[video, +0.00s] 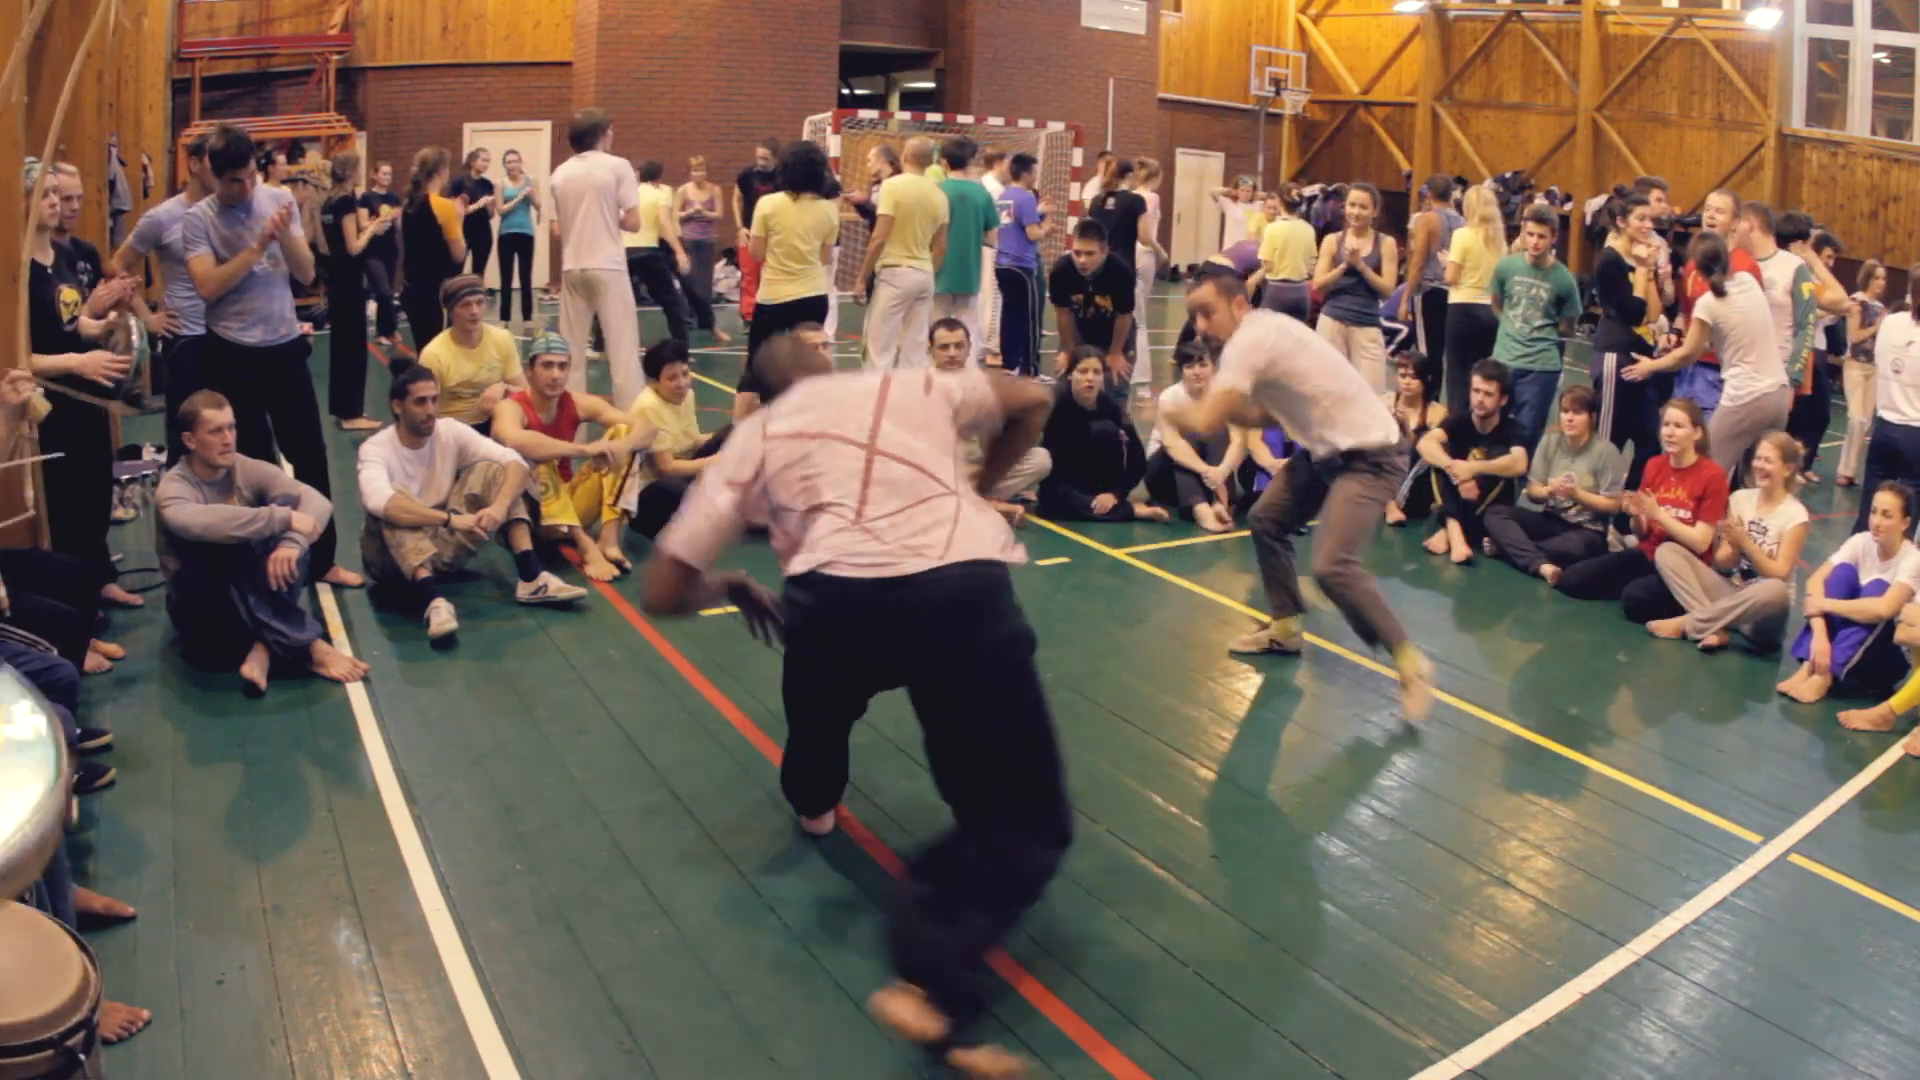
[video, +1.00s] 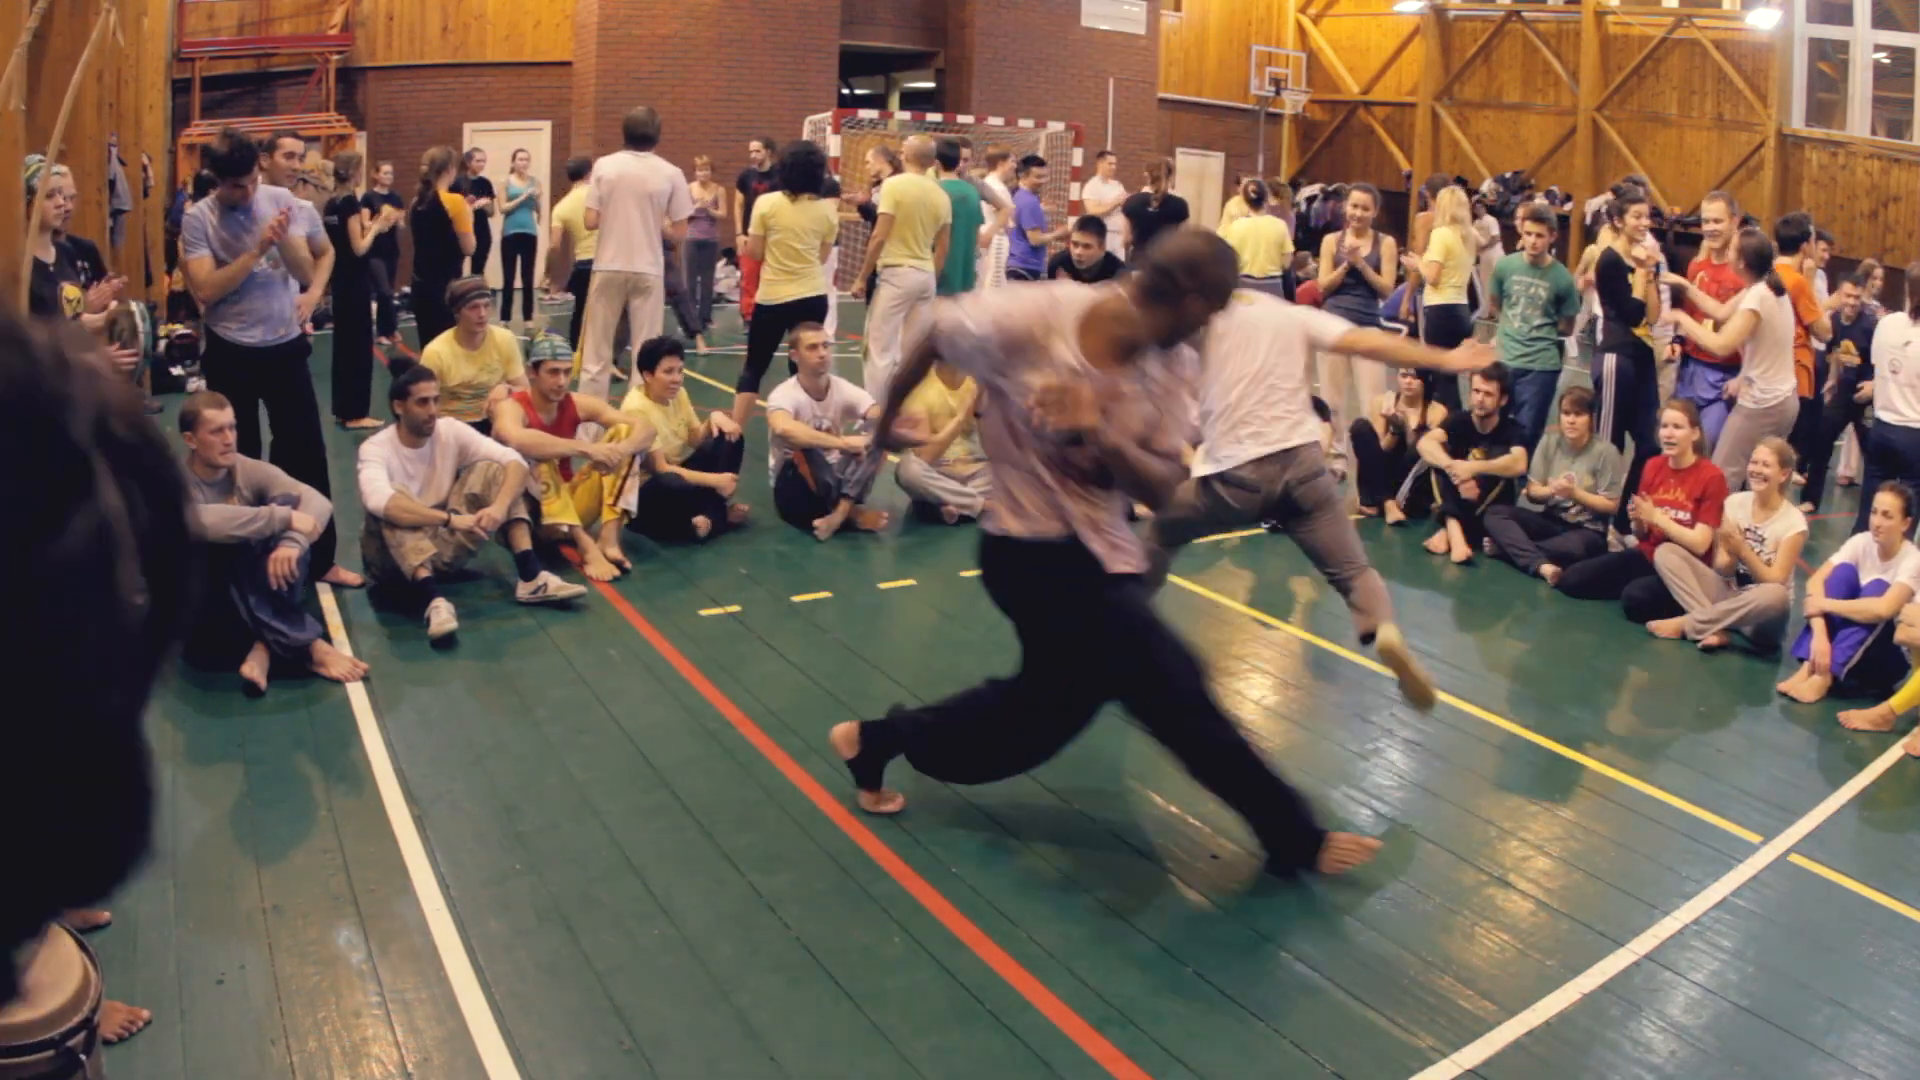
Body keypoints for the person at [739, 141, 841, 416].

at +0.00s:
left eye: (778, 165)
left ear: (783, 169)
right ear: (821, 172)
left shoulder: (767, 205)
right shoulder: (828, 209)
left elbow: (757, 253)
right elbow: (826, 256)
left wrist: (749, 236)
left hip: (774, 302)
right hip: (815, 301)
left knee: (755, 370)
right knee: (811, 369)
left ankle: (738, 435)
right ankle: (809, 431)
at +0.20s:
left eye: (781, 166)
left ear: (783, 170)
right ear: (820, 173)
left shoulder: (766, 204)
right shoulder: (828, 209)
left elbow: (757, 253)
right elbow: (825, 256)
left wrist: (747, 238)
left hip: (773, 300)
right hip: (814, 299)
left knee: (754, 370)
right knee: (805, 369)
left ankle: (736, 432)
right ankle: (806, 434)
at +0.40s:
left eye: (778, 165)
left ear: (782, 170)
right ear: (819, 172)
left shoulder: (766, 204)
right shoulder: (827, 209)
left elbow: (756, 252)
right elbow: (824, 255)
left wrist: (746, 243)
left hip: (773, 300)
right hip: (814, 299)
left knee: (754, 368)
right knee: (806, 368)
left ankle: (738, 429)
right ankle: (806, 432)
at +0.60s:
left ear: (781, 169)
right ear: (819, 172)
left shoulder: (766, 204)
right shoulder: (827, 208)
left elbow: (756, 251)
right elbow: (823, 256)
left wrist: (745, 244)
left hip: (773, 301)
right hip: (814, 299)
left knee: (754, 369)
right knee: (807, 369)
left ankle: (737, 432)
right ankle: (808, 432)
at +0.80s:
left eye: (776, 164)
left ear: (781, 169)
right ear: (819, 172)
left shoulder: (766, 204)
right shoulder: (827, 208)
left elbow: (756, 251)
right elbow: (823, 255)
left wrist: (744, 244)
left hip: (773, 301)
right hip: (813, 299)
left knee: (753, 369)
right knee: (806, 370)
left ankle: (736, 435)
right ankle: (807, 436)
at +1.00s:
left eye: (777, 164)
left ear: (782, 169)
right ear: (819, 172)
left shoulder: (765, 204)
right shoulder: (827, 209)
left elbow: (756, 252)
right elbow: (824, 255)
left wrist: (744, 241)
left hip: (772, 301)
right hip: (814, 299)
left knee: (754, 369)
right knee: (808, 370)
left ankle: (735, 434)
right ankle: (808, 435)